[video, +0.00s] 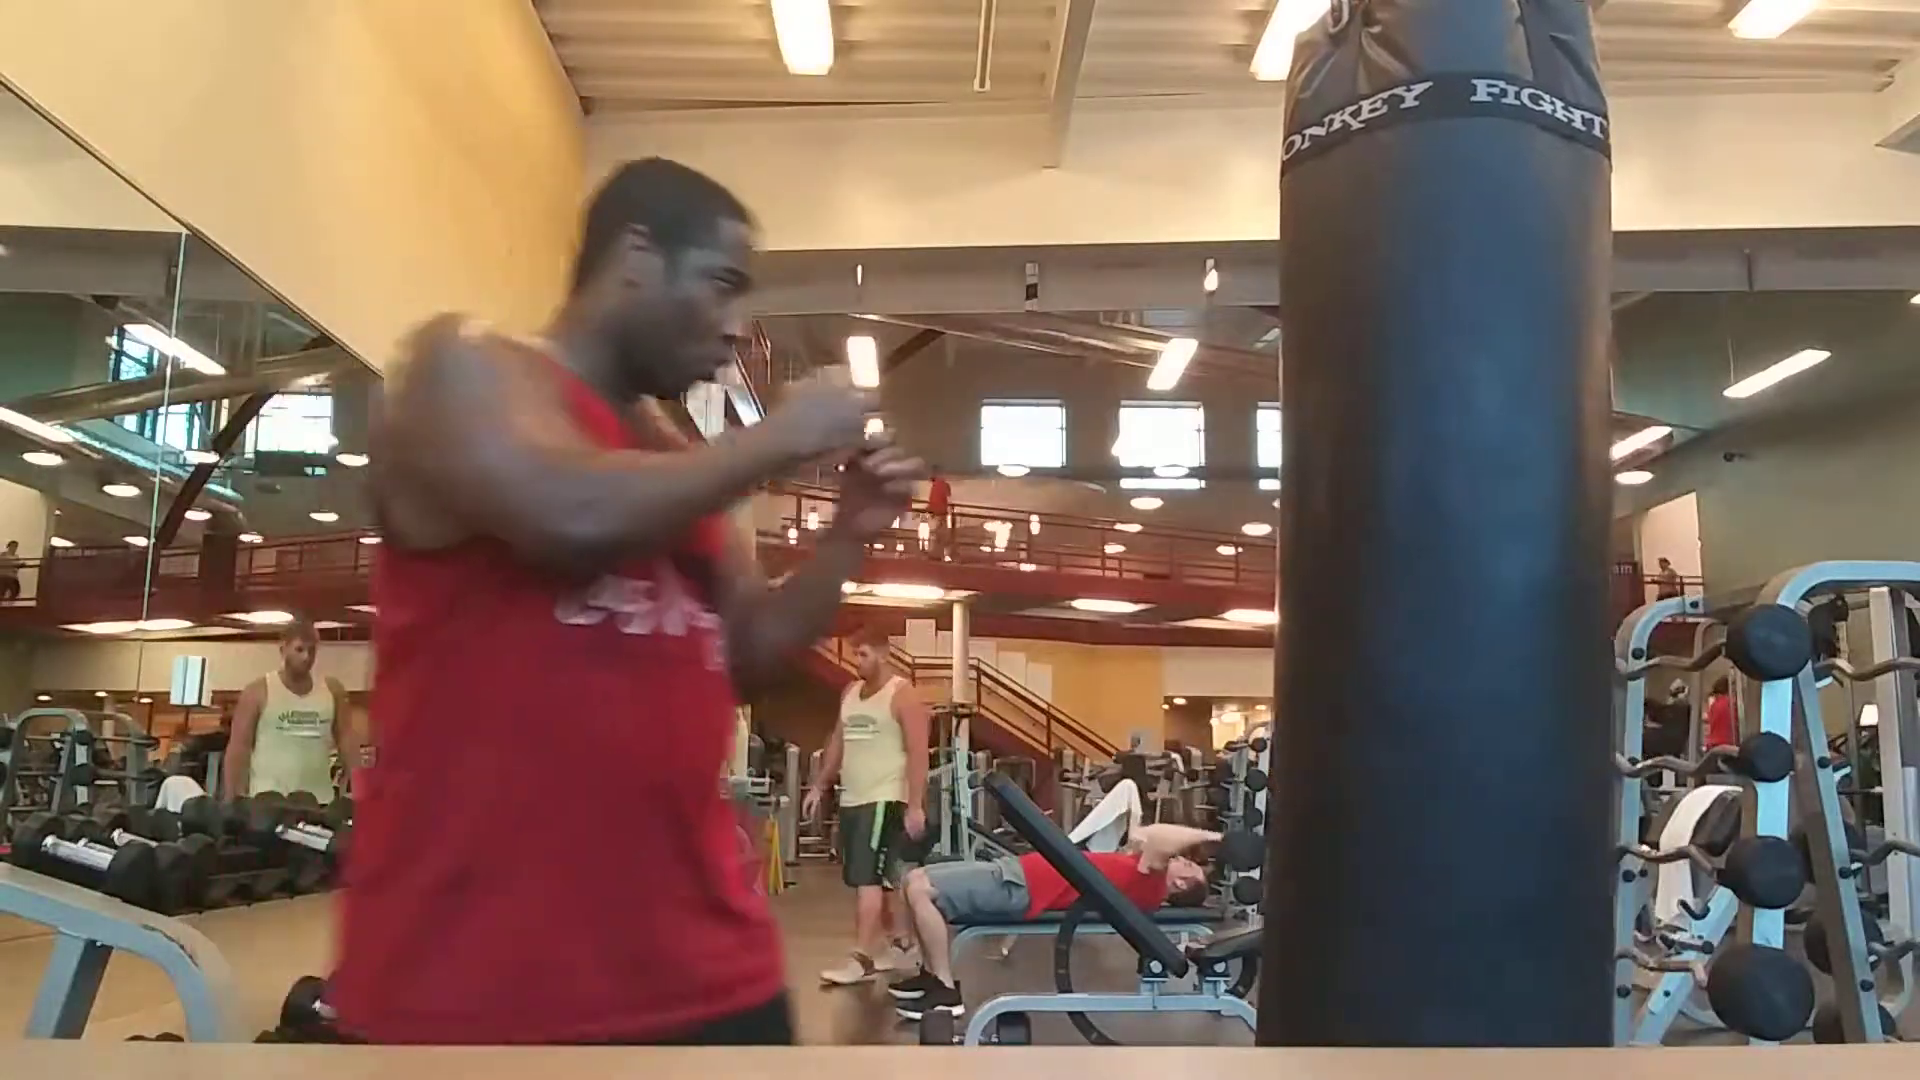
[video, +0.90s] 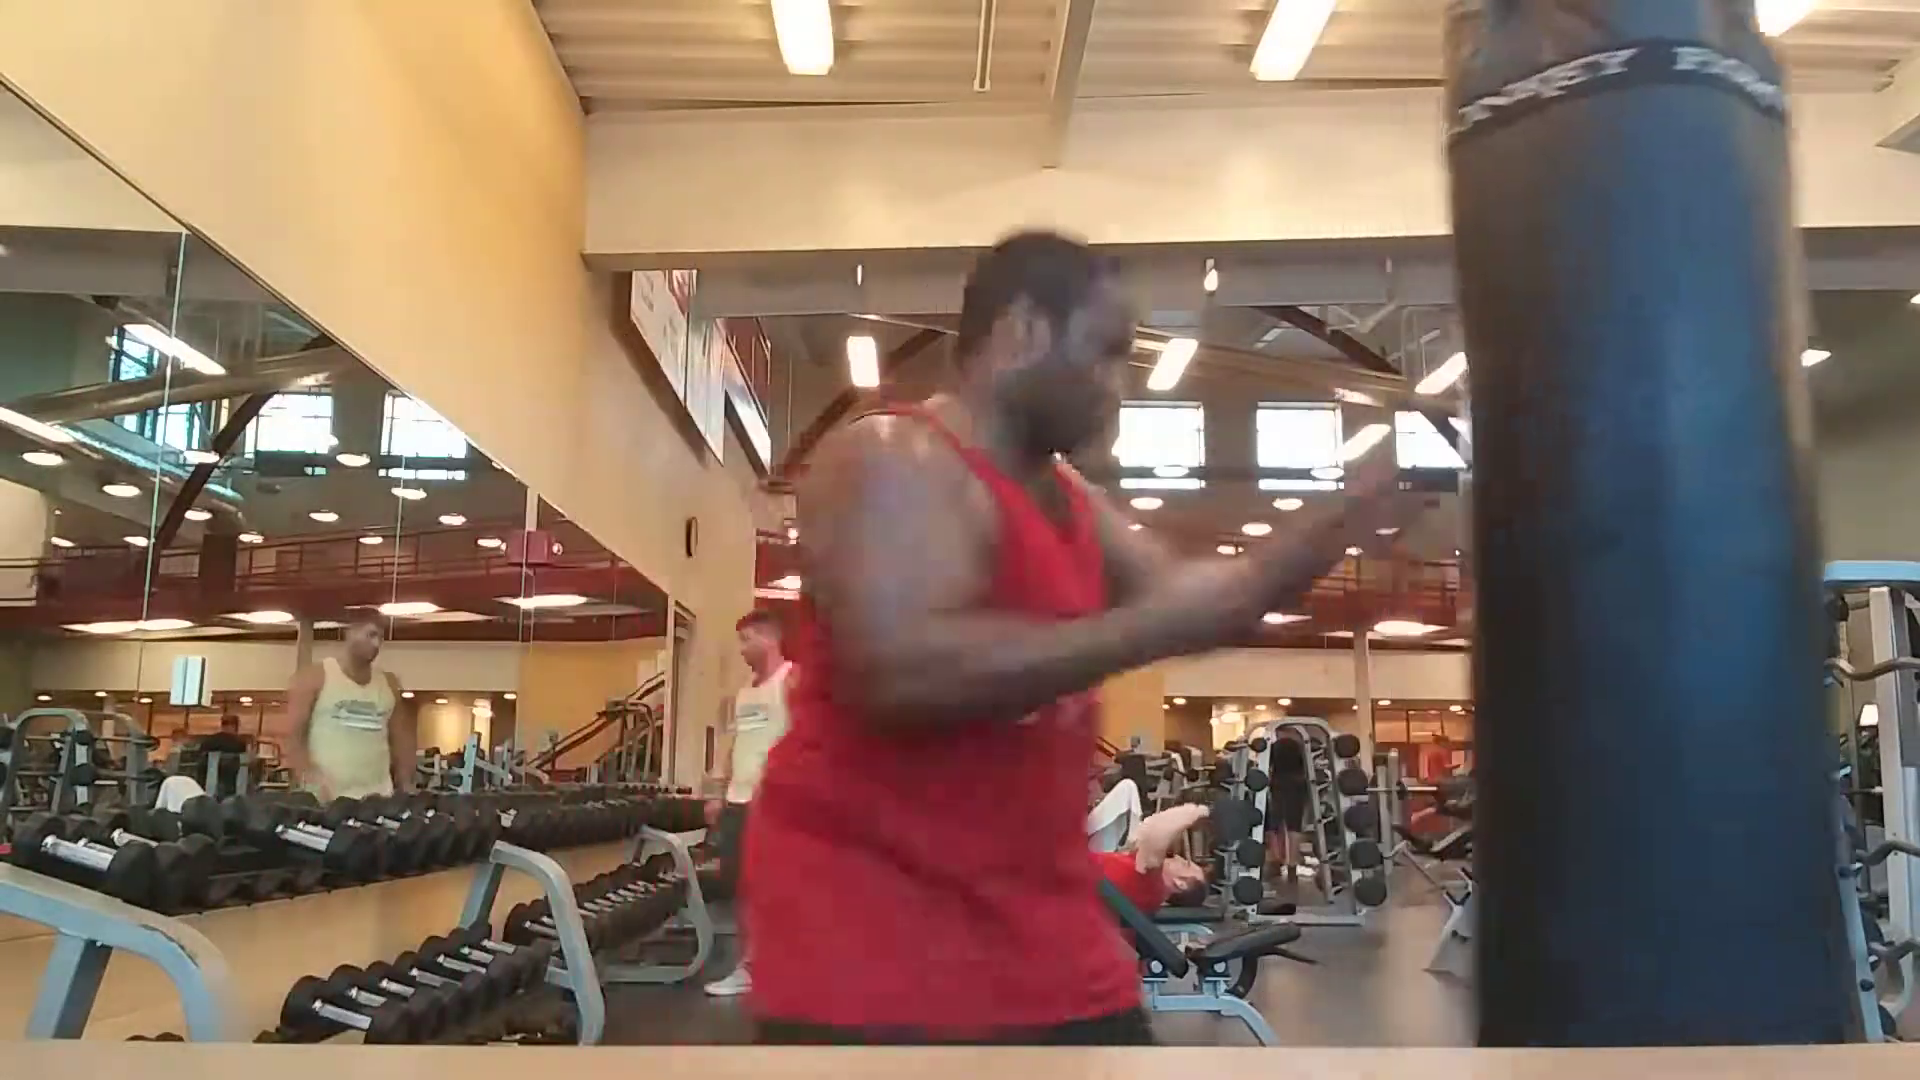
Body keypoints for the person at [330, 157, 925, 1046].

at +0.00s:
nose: (739, 327)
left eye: (745, 299)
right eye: (723, 285)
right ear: (635, 259)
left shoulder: (675, 452)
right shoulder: (466, 369)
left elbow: (750, 651)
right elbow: (564, 517)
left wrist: (847, 537)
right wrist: (773, 443)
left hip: (698, 978)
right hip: (489, 986)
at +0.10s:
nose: (791, 333)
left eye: (796, 304)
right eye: (775, 293)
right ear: (684, 269)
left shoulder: (714, 457)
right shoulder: (524, 367)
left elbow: (807, 644)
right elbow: (657, 519)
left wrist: (899, 516)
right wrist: (846, 427)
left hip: (750, 986)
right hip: (552, 998)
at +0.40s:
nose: (858, 350)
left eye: (864, 321)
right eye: (846, 308)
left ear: (764, 291)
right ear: (760, 286)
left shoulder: (768, 476)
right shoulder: (600, 384)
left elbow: (848, 666)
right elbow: (768, 545)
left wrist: (969, 583)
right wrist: (946, 452)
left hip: (840, 916)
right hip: (645, 956)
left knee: (979, 1030)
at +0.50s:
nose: (917, 334)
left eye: (920, 305)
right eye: (897, 294)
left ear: (812, 283)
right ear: (807, 277)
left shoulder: (834, 472)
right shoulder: (644, 383)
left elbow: (932, 661)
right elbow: (780, 530)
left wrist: (1047, 588)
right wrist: (974, 456)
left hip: (892, 929)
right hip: (691, 966)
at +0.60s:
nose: (994, 367)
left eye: (999, 341)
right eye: (977, 330)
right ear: (881, 308)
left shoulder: (943, 510)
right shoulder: (736, 410)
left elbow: (1078, 648)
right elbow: (764, 523)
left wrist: (1253, 583)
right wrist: (999, 474)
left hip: (899, 949)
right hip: (708, 971)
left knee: (1034, 1054)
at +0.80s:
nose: (1091, 420)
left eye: (1097, 390)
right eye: (1079, 379)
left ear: (998, 355)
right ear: (997, 348)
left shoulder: (1008, 504)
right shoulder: (872, 437)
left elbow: (1098, 615)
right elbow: (1020, 598)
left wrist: (1228, 570)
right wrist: (1232, 571)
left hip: (984, 945)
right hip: (834, 951)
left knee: (1124, 1079)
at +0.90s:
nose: (1121, 386)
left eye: (1125, 359)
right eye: (1108, 352)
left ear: (1027, 336)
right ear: (1022, 331)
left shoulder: (1063, 496)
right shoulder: (886, 458)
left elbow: (1196, 596)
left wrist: (1338, 523)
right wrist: (1157, 624)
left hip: (1037, 909)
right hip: (877, 915)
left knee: (1115, 1065)